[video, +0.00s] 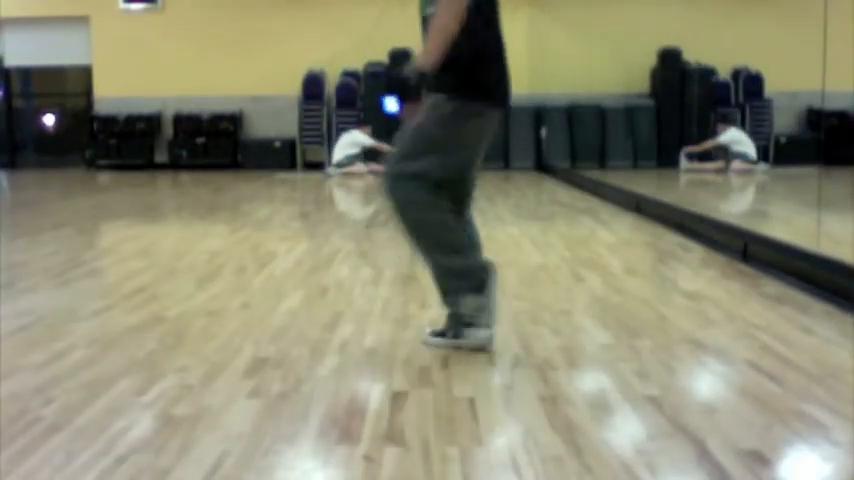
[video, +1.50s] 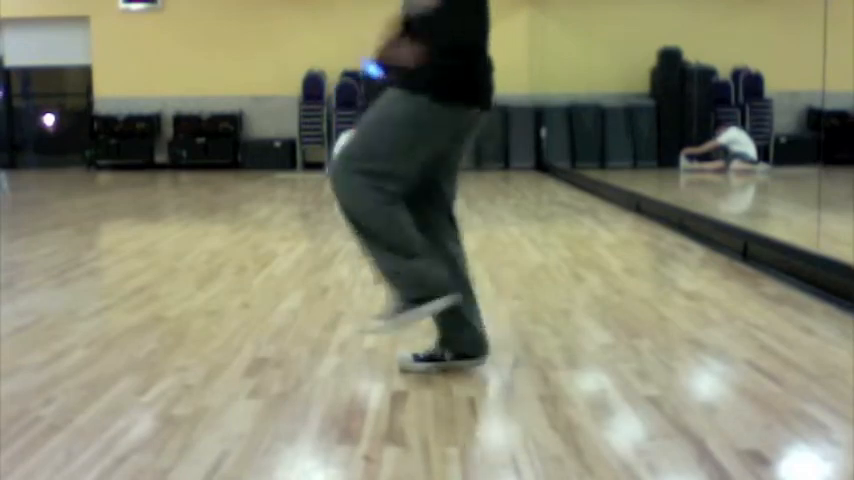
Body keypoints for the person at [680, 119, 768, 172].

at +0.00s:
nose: (718, 130)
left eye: (720, 127)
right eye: (718, 127)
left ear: (724, 126)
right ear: (729, 125)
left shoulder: (732, 133)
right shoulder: (733, 133)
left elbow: (710, 144)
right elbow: (711, 144)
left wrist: (689, 149)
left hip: (745, 161)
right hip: (734, 161)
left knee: (734, 168)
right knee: (715, 166)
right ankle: (690, 166)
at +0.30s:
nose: (718, 130)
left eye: (719, 127)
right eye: (718, 127)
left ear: (724, 126)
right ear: (729, 125)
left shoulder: (731, 133)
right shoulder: (735, 132)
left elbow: (710, 145)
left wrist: (689, 150)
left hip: (745, 161)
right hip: (733, 161)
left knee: (734, 167)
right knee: (715, 166)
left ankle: (754, 170)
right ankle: (690, 166)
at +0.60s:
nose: (719, 130)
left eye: (720, 127)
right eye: (718, 127)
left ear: (724, 126)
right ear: (729, 125)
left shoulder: (731, 133)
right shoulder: (735, 132)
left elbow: (707, 146)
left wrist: (687, 151)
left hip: (745, 160)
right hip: (734, 160)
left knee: (734, 168)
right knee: (714, 166)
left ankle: (754, 171)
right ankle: (689, 166)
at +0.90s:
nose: (720, 132)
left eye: (721, 129)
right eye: (719, 129)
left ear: (725, 127)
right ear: (729, 126)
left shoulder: (731, 132)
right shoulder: (734, 132)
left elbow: (709, 146)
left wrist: (688, 151)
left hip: (745, 160)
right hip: (734, 159)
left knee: (733, 168)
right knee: (714, 166)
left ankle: (753, 171)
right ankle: (690, 166)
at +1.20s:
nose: (719, 135)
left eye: (720, 132)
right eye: (719, 133)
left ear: (724, 129)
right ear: (727, 128)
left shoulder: (731, 132)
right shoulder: (735, 132)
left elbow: (708, 147)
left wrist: (688, 151)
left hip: (744, 160)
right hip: (735, 159)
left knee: (733, 168)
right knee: (716, 165)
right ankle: (694, 166)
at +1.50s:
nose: (719, 135)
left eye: (719, 132)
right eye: (718, 133)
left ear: (723, 128)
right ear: (727, 127)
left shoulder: (731, 132)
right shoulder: (733, 132)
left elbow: (708, 147)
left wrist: (687, 151)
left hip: (744, 159)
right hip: (734, 159)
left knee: (734, 167)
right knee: (716, 165)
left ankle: (755, 171)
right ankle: (696, 166)